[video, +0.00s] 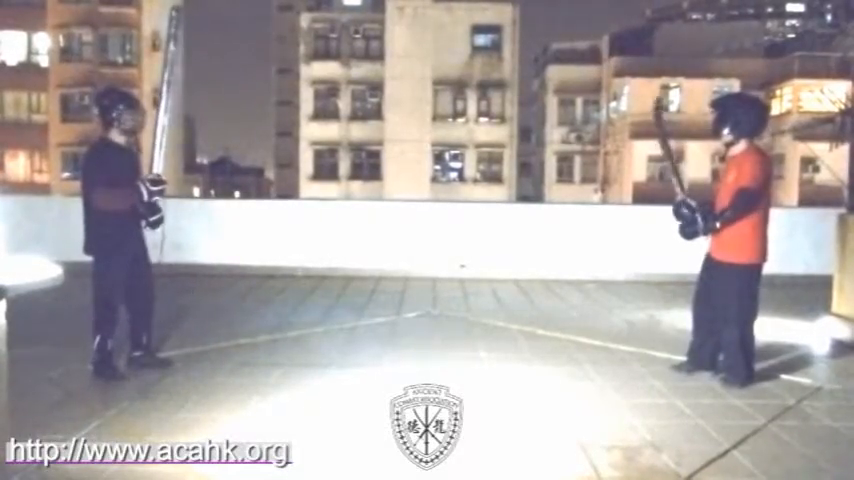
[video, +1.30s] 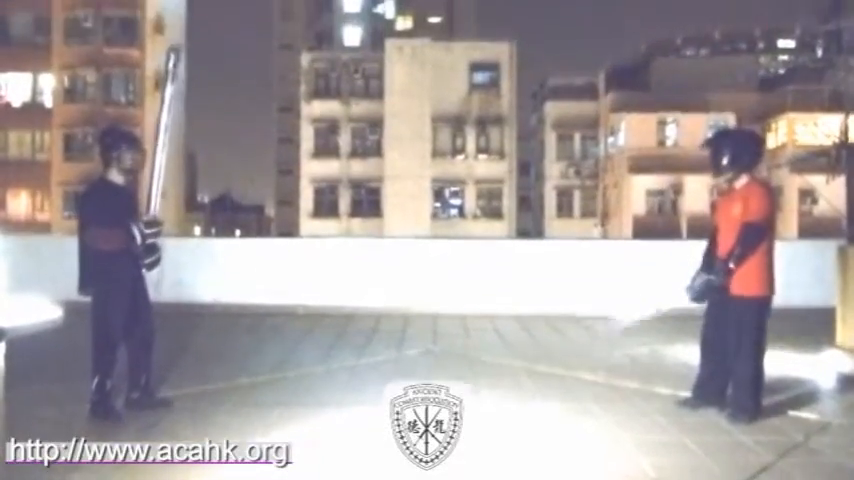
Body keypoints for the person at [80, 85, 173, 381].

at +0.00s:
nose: (136, 119)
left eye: (137, 114)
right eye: (130, 114)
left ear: (135, 117)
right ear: (114, 116)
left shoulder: (129, 154)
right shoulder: (99, 155)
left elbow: (127, 191)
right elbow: (99, 198)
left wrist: (146, 192)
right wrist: (139, 198)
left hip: (131, 236)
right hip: (106, 239)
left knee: (141, 290)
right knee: (107, 296)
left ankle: (141, 348)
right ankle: (102, 354)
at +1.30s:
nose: (136, 159)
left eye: (137, 153)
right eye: (130, 153)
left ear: (131, 156)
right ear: (114, 154)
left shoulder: (126, 193)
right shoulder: (96, 194)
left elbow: (127, 232)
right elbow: (94, 237)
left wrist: (146, 233)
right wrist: (132, 241)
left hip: (130, 272)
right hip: (106, 275)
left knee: (142, 329)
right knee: (107, 335)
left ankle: (140, 390)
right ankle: (100, 396)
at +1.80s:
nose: (133, 172)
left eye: (131, 167)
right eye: (125, 167)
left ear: (117, 176)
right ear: (109, 175)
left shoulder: (124, 215)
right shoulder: (91, 217)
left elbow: (128, 258)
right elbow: (90, 263)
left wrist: (145, 271)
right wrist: (130, 255)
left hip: (127, 296)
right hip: (101, 300)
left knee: (138, 352)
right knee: (103, 357)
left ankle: (136, 413)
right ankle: (97, 418)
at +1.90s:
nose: (131, 170)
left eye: (130, 166)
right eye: (124, 166)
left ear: (114, 175)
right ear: (108, 174)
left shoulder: (123, 214)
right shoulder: (92, 216)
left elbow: (125, 255)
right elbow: (91, 262)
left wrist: (143, 270)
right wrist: (131, 254)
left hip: (126, 296)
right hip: (101, 299)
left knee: (137, 350)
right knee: (103, 356)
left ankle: (136, 412)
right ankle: (97, 418)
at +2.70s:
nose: (142, 174)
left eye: (141, 169)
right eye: (137, 169)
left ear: (124, 174)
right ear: (122, 173)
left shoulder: (132, 213)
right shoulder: (108, 215)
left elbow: (134, 253)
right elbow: (110, 260)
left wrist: (156, 264)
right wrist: (149, 259)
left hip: (137, 294)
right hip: (114, 297)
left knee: (149, 347)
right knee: (117, 353)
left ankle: (147, 406)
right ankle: (109, 414)